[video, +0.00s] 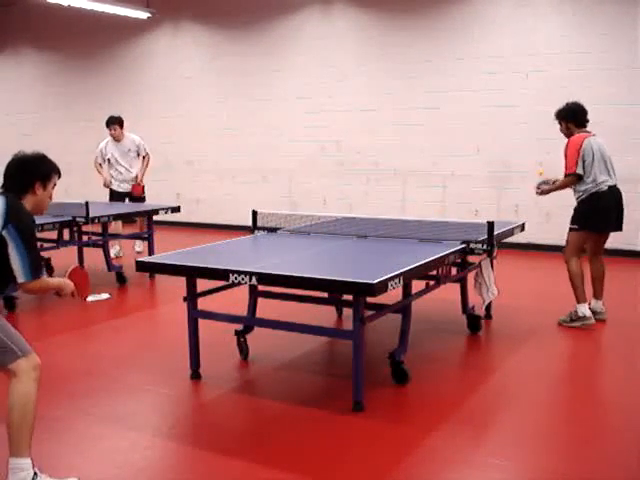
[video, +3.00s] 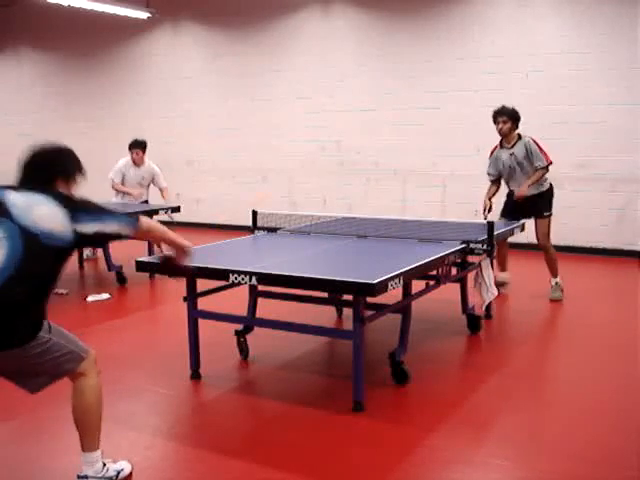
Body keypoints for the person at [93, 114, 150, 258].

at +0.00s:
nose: (112, 133)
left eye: (114, 129)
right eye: (110, 130)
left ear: (122, 128)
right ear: (108, 130)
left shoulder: (134, 141)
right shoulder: (105, 146)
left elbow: (146, 155)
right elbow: (97, 162)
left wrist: (141, 174)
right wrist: (104, 176)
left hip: (135, 185)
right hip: (116, 186)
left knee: (140, 214)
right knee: (116, 218)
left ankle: (140, 240)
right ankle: (116, 245)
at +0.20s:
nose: (109, 135)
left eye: (112, 131)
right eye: (108, 132)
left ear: (120, 130)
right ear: (106, 132)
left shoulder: (134, 142)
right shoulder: (104, 147)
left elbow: (146, 157)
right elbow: (98, 162)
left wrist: (144, 178)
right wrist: (107, 177)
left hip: (138, 185)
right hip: (119, 187)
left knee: (152, 213)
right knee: (117, 219)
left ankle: (157, 238)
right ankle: (117, 246)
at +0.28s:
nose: (111, 136)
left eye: (114, 133)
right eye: (110, 133)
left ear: (123, 133)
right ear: (109, 133)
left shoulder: (137, 144)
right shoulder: (108, 147)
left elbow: (150, 160)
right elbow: (101, 162)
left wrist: (146, 180)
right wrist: (108, 177)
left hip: (142, 184)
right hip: (124, 187)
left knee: (160, 212)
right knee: (119, 217)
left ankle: (174, 239)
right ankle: (117, 247)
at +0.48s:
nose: (122, 143)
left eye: (124, 139)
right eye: (121, 139)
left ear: (133, 139)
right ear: (121, 140)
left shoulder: (151, 152)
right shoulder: (122, 153)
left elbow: (163, 168)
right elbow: (119, 165)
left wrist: (152, 186)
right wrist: (124, 184)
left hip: (154, 192)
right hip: (132, 192)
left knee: (167, 217)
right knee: (120, 219)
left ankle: (183, 243)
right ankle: (116, 247)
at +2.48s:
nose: (132, 145)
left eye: (134, 142)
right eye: (131, 142)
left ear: (143, 141)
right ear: (130, 142)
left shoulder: (157, 153)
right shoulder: (128, 154)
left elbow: (170, 171)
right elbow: (125, 170)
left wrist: (153, 182)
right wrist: (127, 182)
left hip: (157, 192)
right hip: (136, 191)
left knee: (167, 216)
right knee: (123, 217)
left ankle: (183, 244)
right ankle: (115, 246)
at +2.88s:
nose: (127, 142)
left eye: (130, 139)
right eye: (126, 139)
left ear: (138, 139)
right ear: (124, 138)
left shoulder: (149, 154)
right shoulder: (119, 150)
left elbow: (155, 174)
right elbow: (107, 166)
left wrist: (144, 182)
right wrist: (117, 178)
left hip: (140, 192)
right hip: (120, 192)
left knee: (152, 220)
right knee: (111, 221)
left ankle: (165, 248)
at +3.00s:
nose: (134, 156)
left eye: (137, 153)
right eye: (132, 153)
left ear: (143, 153)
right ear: (129, 153)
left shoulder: (151, 168)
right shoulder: (123, 165)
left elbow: (162, 187)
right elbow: (114, 184)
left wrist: (167, 200)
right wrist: (131, 192)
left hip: (142, 204)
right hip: (122, 203)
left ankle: (160, 251)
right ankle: (94, 248)